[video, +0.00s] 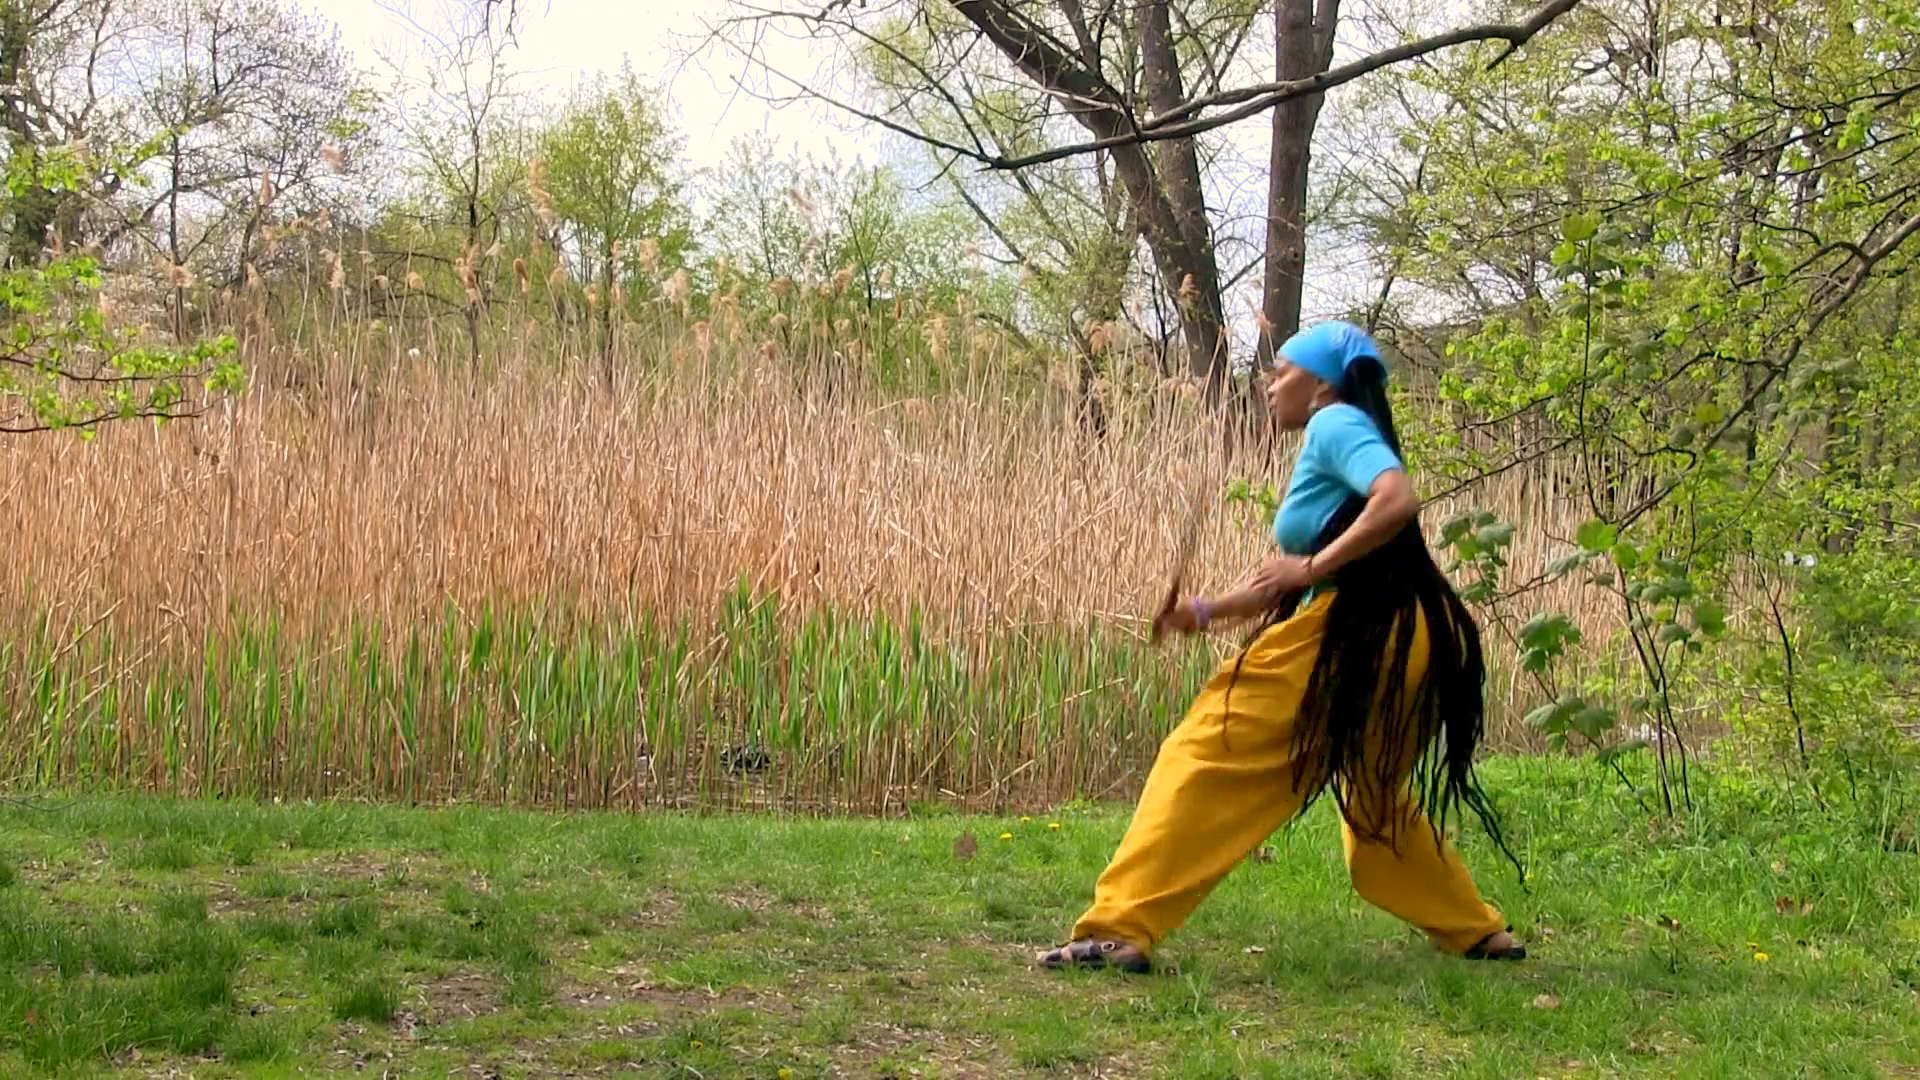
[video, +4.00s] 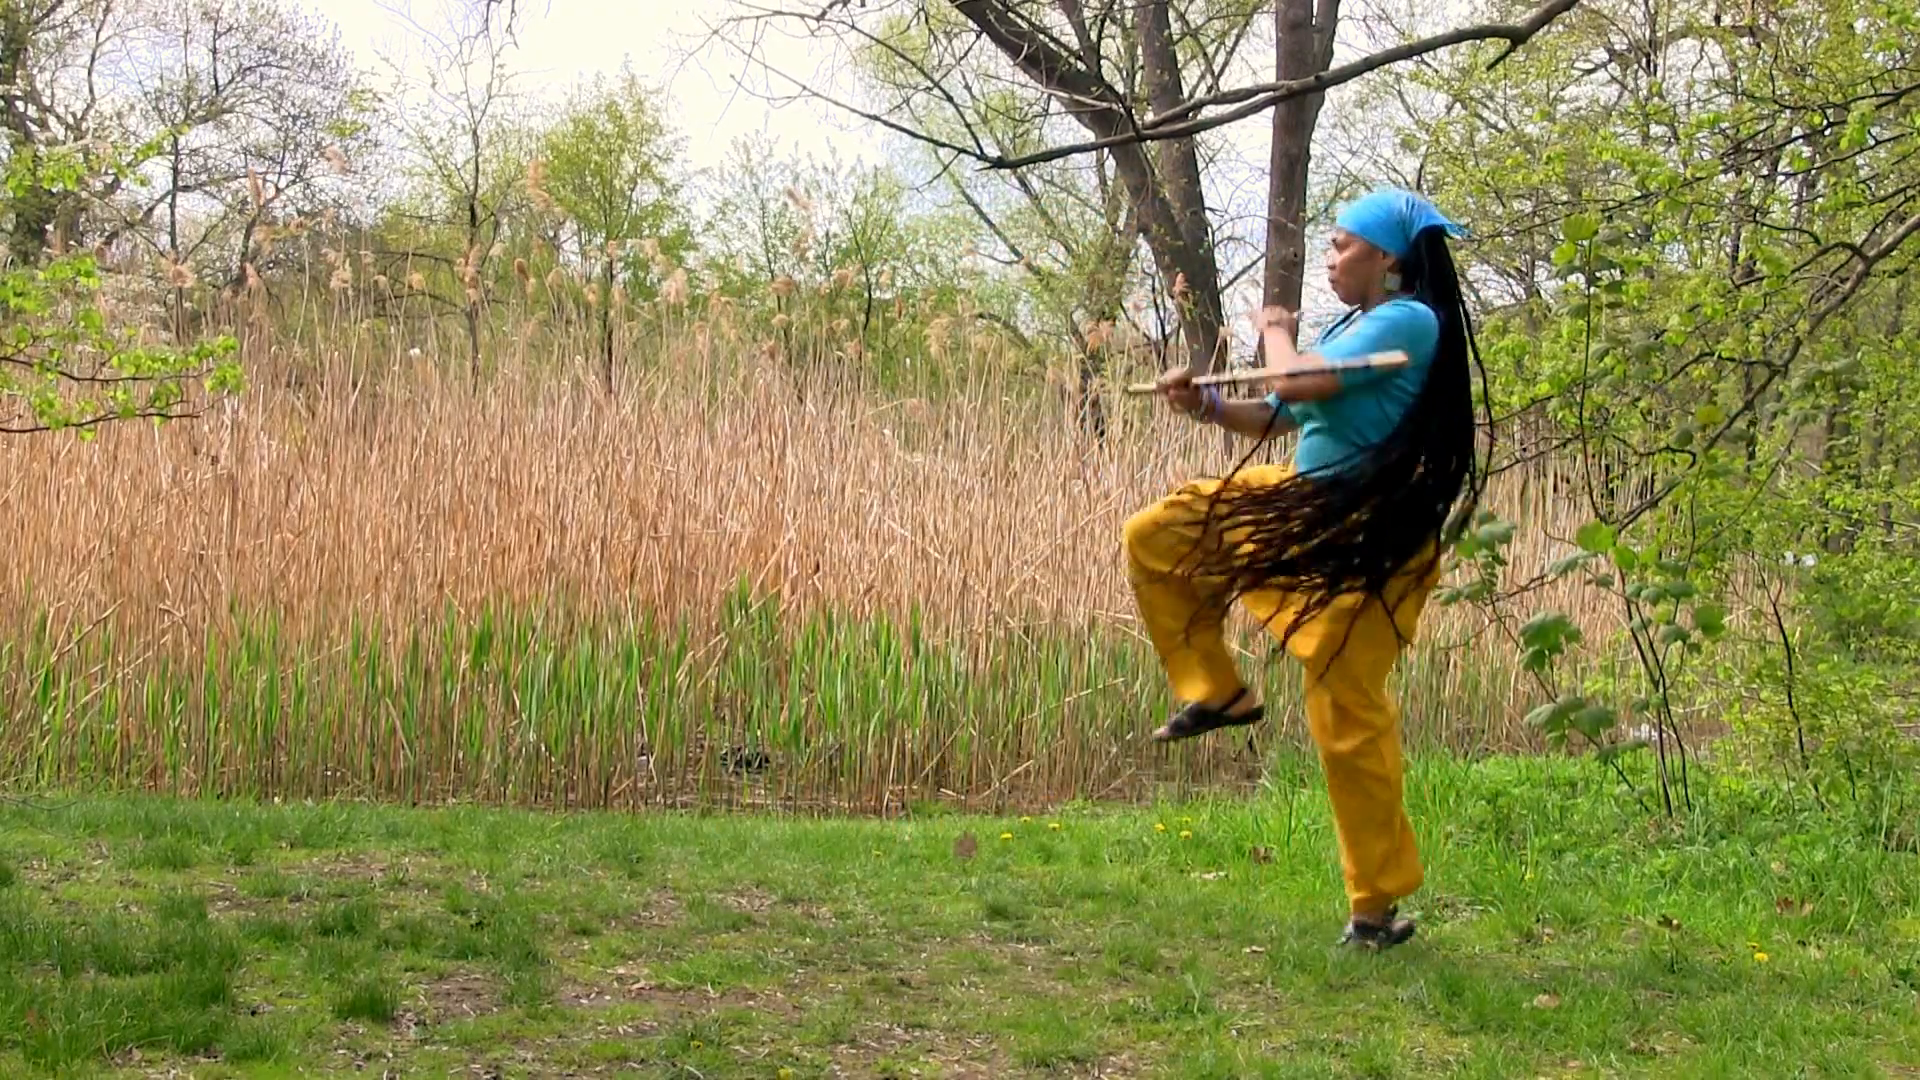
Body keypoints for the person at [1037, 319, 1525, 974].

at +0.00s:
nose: (1271, 384)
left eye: (1282, 372)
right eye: (1275, 371)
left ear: (1320, 383)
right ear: (1324, 384)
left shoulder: (1338, 424)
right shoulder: (1330, 442)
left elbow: (1396, 497)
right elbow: (1294, 577)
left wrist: (1312, 566)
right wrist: (1208, 610)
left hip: (1342, 625)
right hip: (1404, 627)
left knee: (1201, 751)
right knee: (1375, 792)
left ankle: (1118, 930)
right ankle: (1477, 930)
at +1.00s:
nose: (1176, 295)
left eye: (1189, 284)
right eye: (1182, 280)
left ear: (1227, 300)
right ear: (1231, 301)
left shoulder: (1216, 360)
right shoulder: (1247, 361)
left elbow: (1173, 467)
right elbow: (1171, 477)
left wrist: (1084, 494)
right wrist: (1085, 503)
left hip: (1216, 557)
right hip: (1269, 552)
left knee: (1126, 728)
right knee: (1245, 743)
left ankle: (1128, 917)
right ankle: (1378, 851)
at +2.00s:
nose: (958, 289)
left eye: (953, 275)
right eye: (945, 277)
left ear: (892, 293)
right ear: (906, 289)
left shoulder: (867, 350)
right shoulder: (924, 346)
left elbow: (950, 431)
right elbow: (1032, 369)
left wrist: (999, 371)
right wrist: (1042, 320)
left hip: (833, 539)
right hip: (898, 541)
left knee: (788, 700)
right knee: (1000, 714)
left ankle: (716, 886)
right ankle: (971, 913)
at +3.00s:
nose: (1228, 285)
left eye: (1221, 272)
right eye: (1216, 275)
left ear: (1151, 298)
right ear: (1187, 289)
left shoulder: (1128, 371)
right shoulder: (1242, 336)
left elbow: (1071, 479)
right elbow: (1309, 442)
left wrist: (1125, 542)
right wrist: (1286, 474)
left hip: (1174, 547)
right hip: (1258, 525)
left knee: (1257, 736)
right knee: (1398, 673)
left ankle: (1290, 924)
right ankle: (1260, 766)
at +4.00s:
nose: (1329, 257)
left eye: (1344, 245)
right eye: (1332, 244)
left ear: (1389, 258)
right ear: (1366, 259)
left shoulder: (1409, 322)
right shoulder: (1350, 331)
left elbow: (1304, 384)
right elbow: (1277, 417)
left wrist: (1275, 331)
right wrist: (1210, 405)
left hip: (1376, 537)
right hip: (1305, 504)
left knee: (1345, 711)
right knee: (1158, 539)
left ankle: (1376, 903)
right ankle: (1214, 690)